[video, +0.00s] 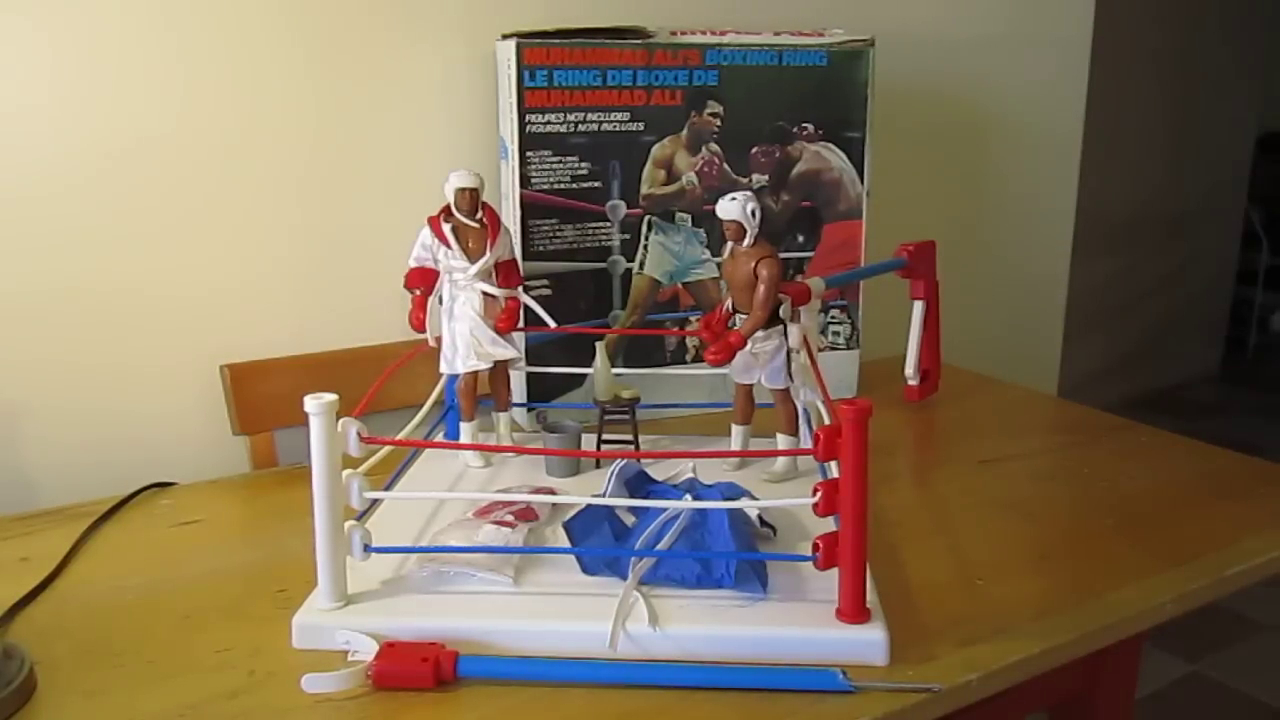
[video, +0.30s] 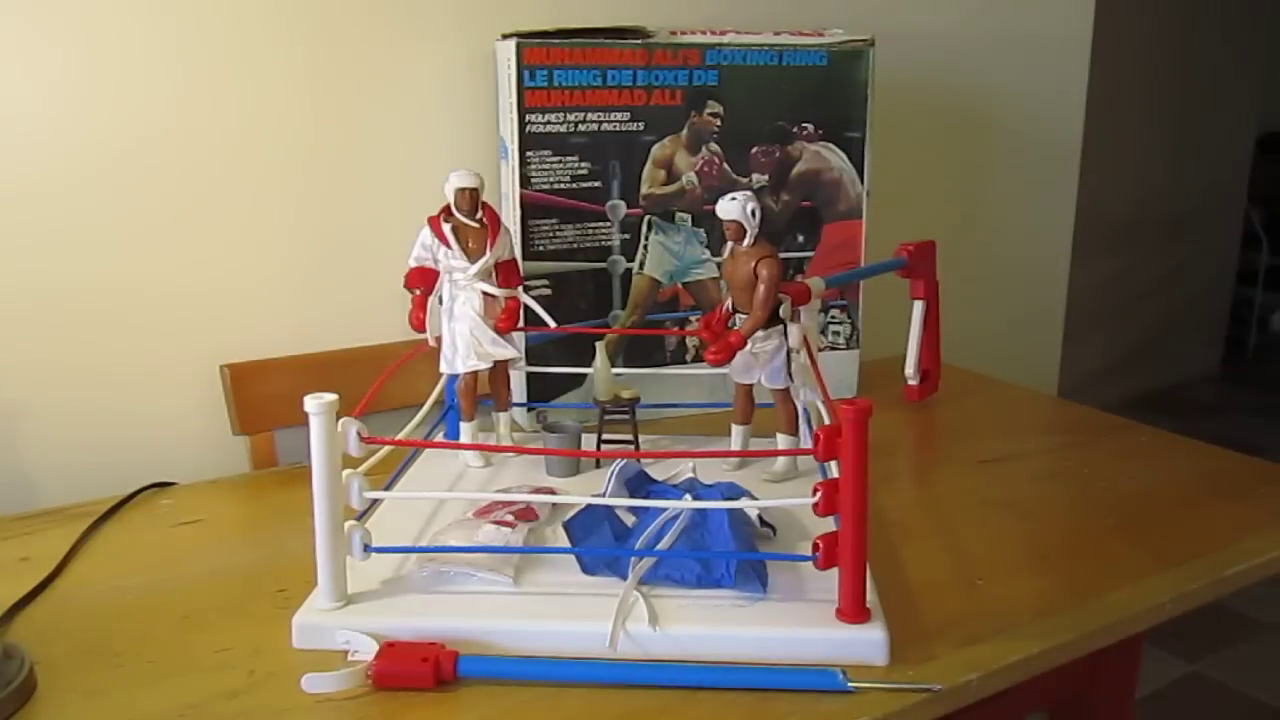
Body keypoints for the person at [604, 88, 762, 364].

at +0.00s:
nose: (719, 123)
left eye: (720, 117)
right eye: (713, 116)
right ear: (693, 117)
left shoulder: (712, 151)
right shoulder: (665, 149)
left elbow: (729, 182)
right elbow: (646, 198)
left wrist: (752, 181)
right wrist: (682, 184)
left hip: (693, 237)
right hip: (659, 235)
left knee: (718, 310)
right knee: (635, 315)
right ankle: (597, 374)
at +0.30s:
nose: (718, 123)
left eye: (720, 117)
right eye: (713, 116)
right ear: (694, 117)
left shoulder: (712, 151)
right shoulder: (665, 149)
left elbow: (729, 181)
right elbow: (646, 198)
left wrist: (752, 182)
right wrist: (682, 185)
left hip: (693, 238)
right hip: (660, 235)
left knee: (718, 311)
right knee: (634, 315)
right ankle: (596, 374)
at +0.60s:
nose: (719, 123)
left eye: (720, 117)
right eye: (713, 116)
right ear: (693, 116)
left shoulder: (712, 151)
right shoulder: (665, 149)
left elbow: (729, 181)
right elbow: (647, 198)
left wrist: (751, 182)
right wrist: (682, 184)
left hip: (693, 238)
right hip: (660, 235)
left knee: (718, 311)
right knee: (634, 316)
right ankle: (597, 373)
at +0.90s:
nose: (718, 123)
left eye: (720, 117)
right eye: (713, 116)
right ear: (693, 116)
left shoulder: (712, 151)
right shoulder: (664, 149)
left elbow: (730, 181)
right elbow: (646, 198)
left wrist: (752, 181)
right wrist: (683, 184)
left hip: (693, 236)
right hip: (660, 234)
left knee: (718, 309)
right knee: (634, 315)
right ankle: (597, 374)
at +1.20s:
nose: (718, 122)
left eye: (720, 117)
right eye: (713, 115)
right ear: (693, 116)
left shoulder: (712, 151)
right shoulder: (664, 149)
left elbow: (730, 181)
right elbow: (646, 198)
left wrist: (751, 181)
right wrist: (683, 184)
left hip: (693, 237)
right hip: (660, 235)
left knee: (718, 309)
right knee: (634, 315)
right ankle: (597, 372)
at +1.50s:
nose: (718, 122)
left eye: (720, 117)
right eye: (713, 115)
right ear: (693, 115)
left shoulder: (712, 151)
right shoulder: (664, 149)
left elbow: (730, 181)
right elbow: (647, 198)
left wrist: (751, 182)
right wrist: (682, 184)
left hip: (693, 238)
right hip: (660, 236)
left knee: (719, 310)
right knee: (634, 316)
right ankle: (597, 372)